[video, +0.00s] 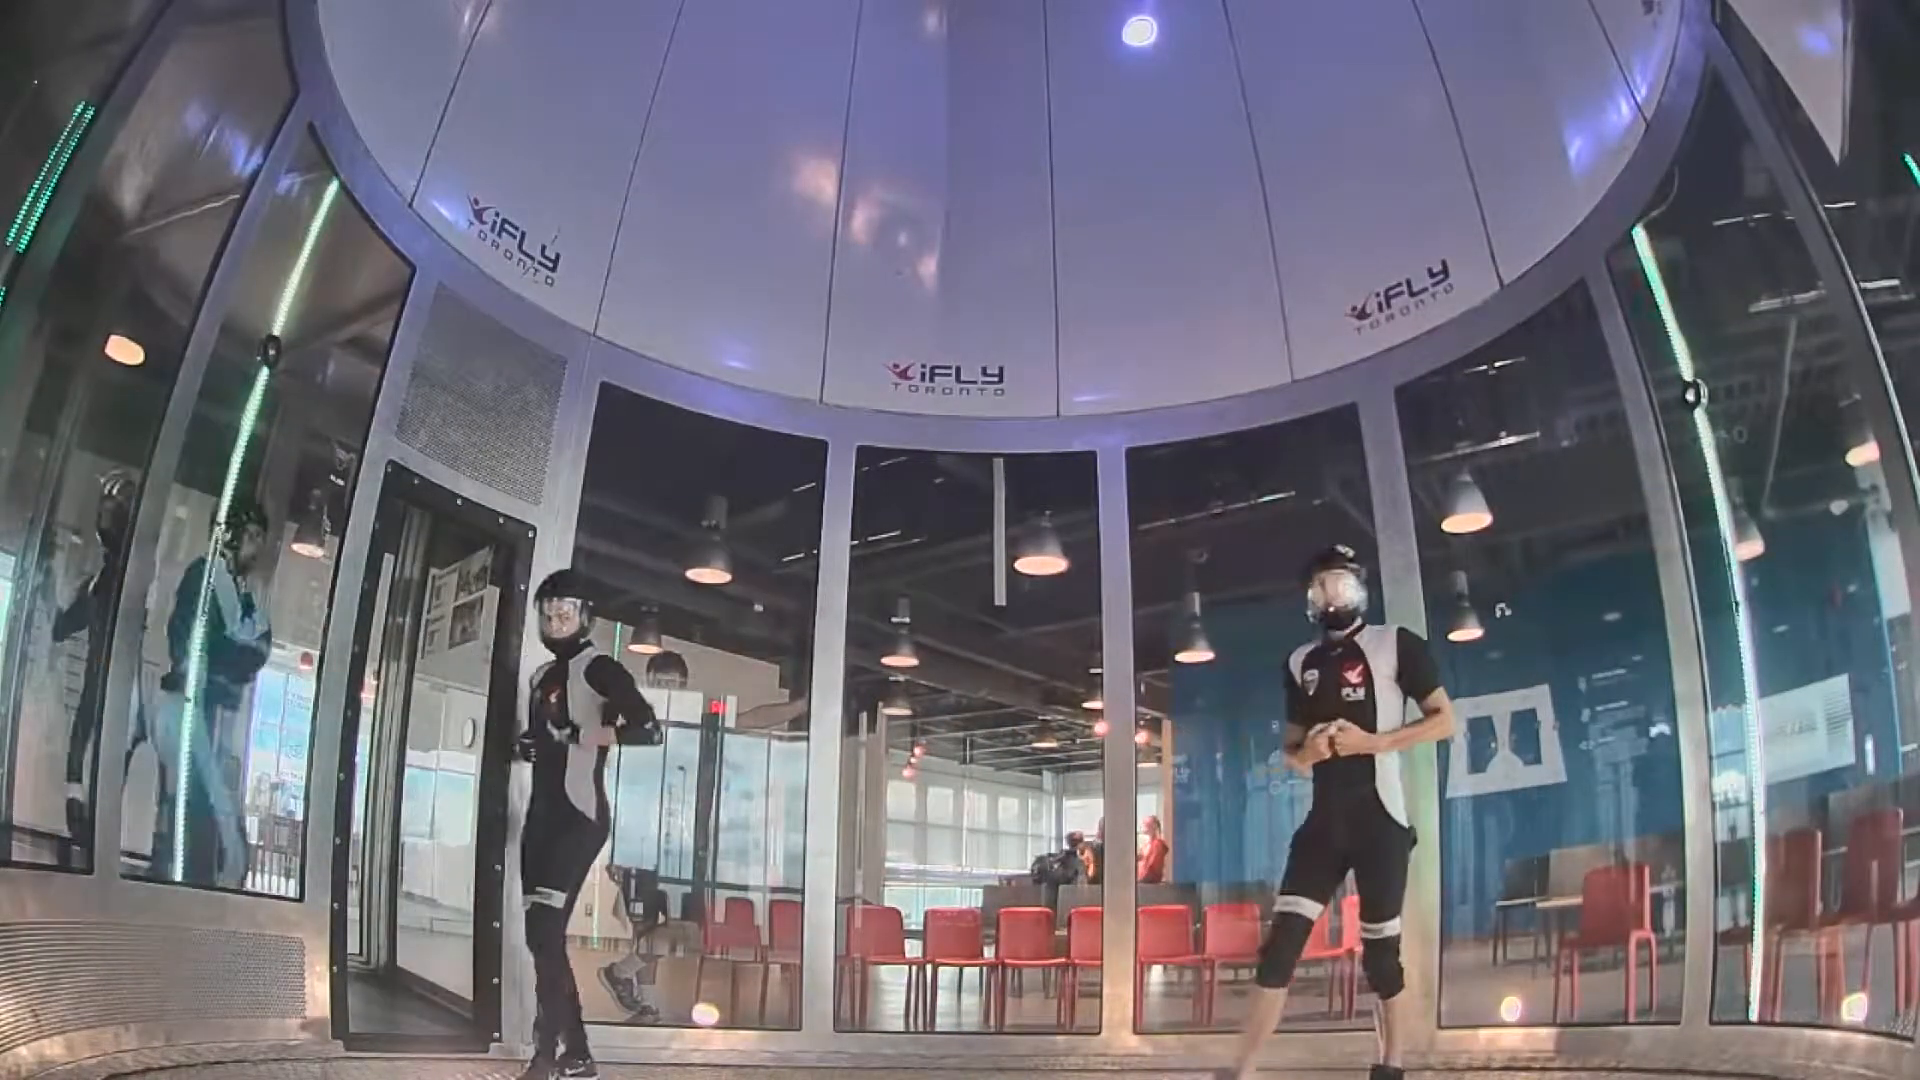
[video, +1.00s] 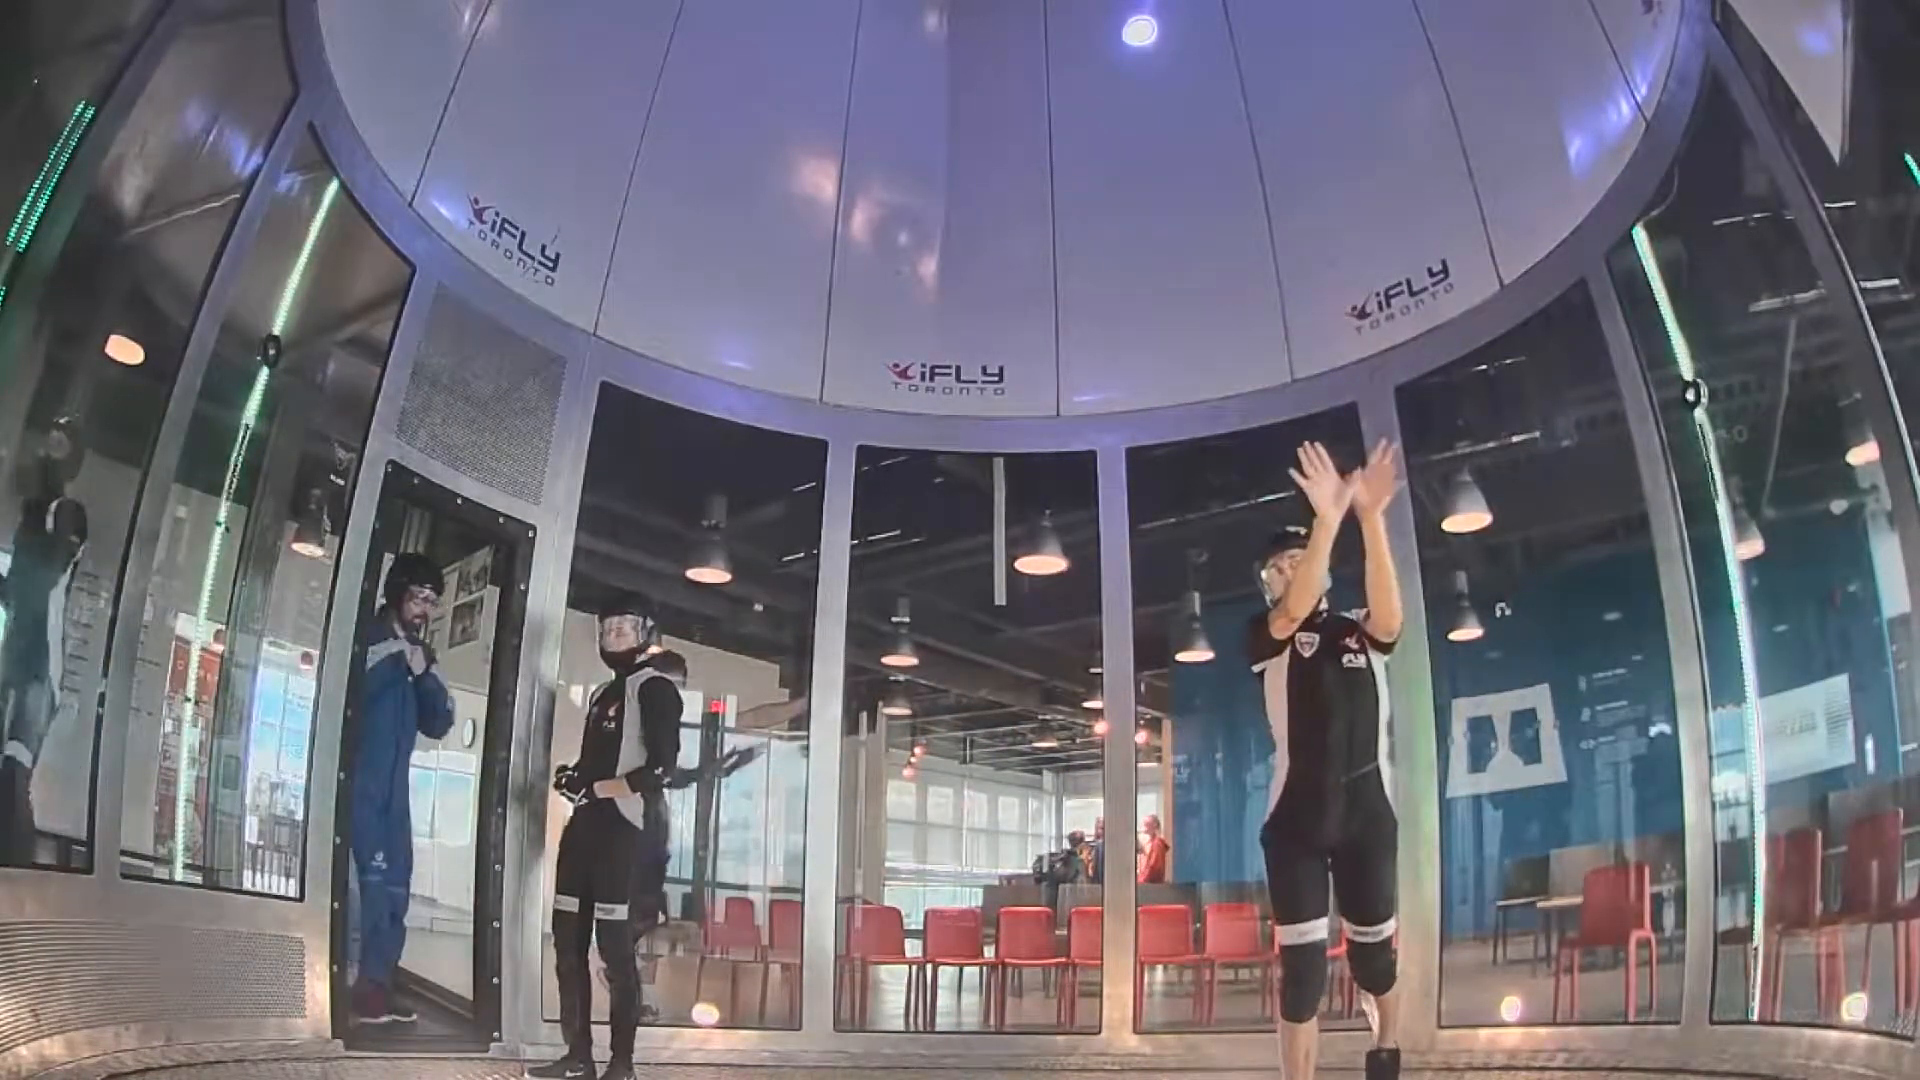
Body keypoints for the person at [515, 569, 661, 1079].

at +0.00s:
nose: (558, 617)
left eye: (568, 608)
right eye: (550, 608)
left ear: (585, 615)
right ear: (540, 615)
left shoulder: (597, 667)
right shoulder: (540, 677)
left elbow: (650, 729)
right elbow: (540, 741)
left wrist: (586, 733)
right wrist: (518, 746)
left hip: (582, 812)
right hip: (543, 809)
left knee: (544, 930)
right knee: (542, 932)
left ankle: (548, 1053)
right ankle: (576, 1052)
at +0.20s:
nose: (576, 633)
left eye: (586, 623)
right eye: (568, 624)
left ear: (603, 629)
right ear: (557, 631)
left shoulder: (616, 685)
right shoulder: (568, 689)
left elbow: (645, 764)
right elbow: (557, 755)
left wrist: (590, 787)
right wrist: (539, 756)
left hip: (594, 822)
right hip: (564, 818)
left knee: (550, 931)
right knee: (555, 937)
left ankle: (578, 1053)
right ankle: (575, 1052)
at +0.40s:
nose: (592, 630)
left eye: (602, 621)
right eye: (584, 621)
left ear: (618, 626)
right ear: (575, 626)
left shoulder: (632, 678)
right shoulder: (576, 686)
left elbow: (649, 762)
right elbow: (576, 757)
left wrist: (587, 789)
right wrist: (556, 773)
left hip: (610, 818)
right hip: (574, 813)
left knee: (586, 937)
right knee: (563, 936)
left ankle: (618, 1056)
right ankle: (578, 1053)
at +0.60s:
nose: (603, 638)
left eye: (613, 630)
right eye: (598, 630)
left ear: (634, 635)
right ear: (591, 638)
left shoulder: (651, 687)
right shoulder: (595, 692)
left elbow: (665, 767)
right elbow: (586, 760)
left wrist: (603, 792)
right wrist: (570, 780)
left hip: (624, 826)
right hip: (583, 822)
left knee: (614, 946)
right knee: (570, 944)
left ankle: (622, 1062)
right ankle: (579, 1059)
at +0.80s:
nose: (603, 634)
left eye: (612, 626)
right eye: (599, 626)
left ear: (639, 627)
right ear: (598, 631)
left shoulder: (656, 682)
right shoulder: (605, 689)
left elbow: (669, 763)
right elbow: (594, 755)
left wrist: (611, 792)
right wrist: (573, 779)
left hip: (627, 825)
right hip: (587, 819)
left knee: (617, 946)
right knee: (571, 940)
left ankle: (620, 1062)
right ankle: (578, 1055)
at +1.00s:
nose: (615, 636)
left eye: (625, 628)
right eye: (608, 629)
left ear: (645, 635)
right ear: (600, 636)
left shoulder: (655, 686)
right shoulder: (600, 694)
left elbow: (666, 766)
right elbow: (596, 763)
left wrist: (603, 788)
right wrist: (573, 778)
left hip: (623, 826)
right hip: (584, 820)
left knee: (615, 948)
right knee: (568, 946)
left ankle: (620, 1061)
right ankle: (578, 1056)